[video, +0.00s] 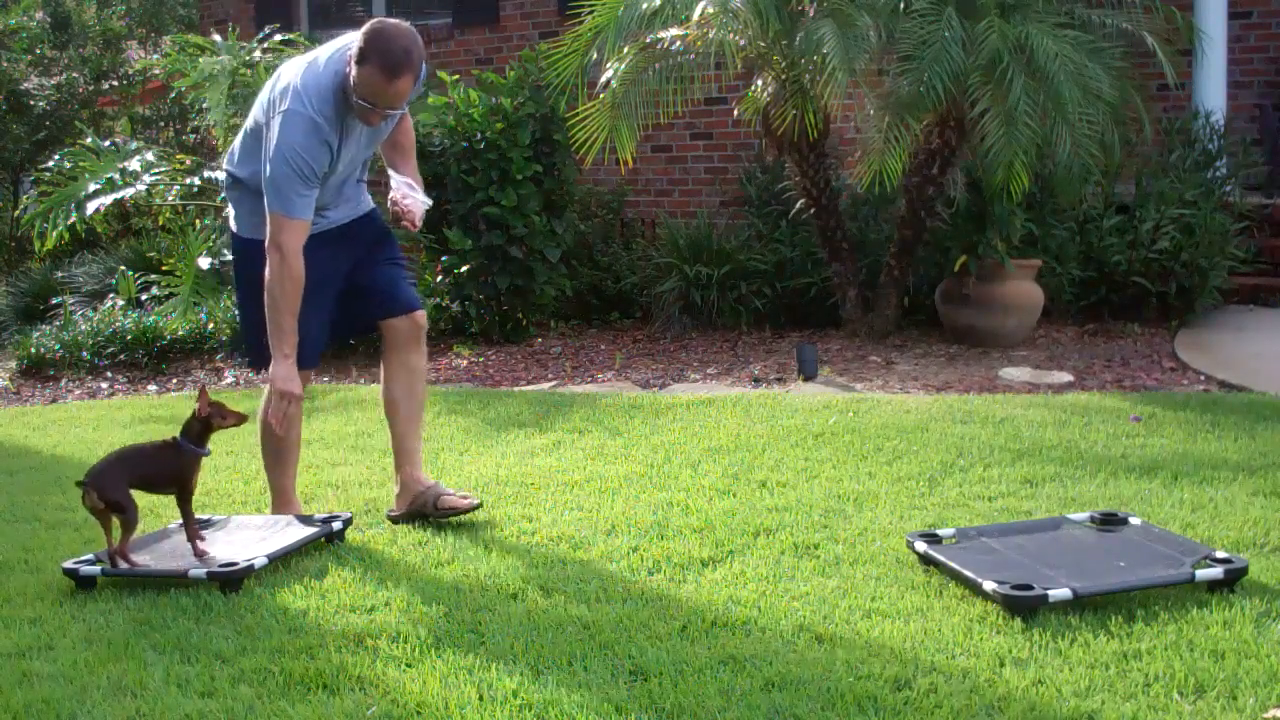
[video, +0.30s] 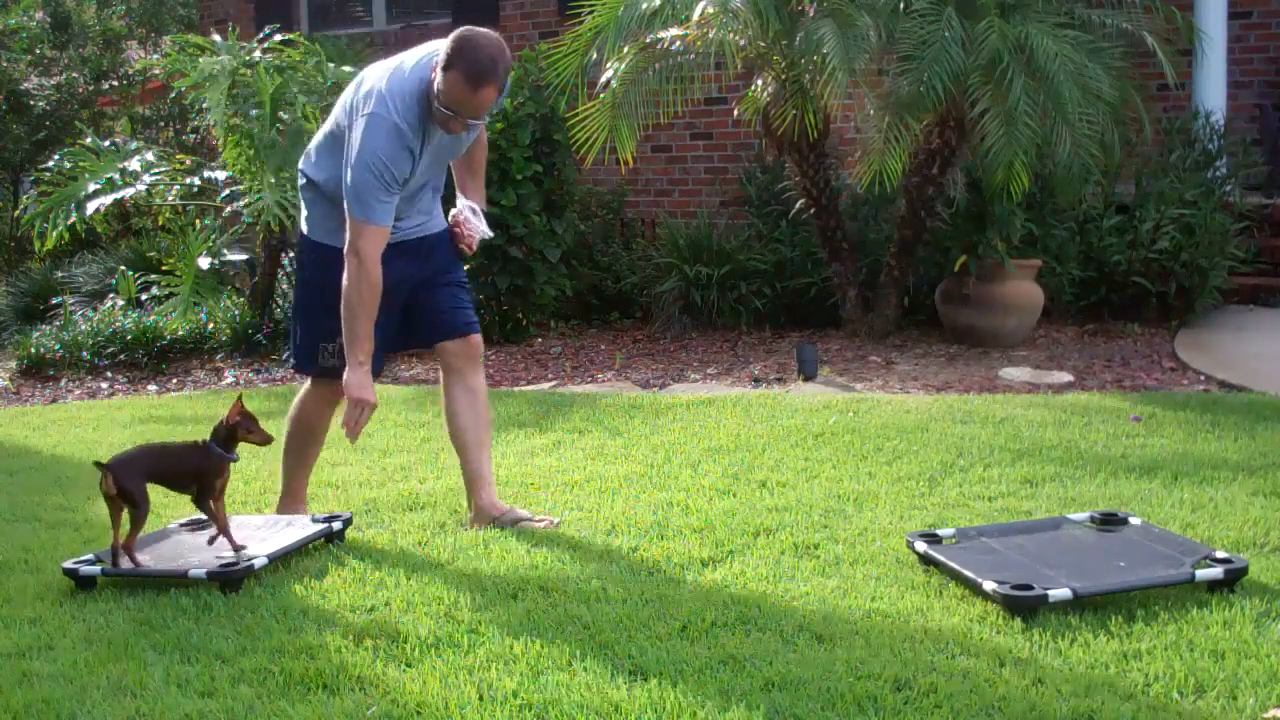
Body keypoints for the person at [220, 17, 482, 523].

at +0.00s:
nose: (380, 116)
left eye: (394, 107)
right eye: (368, 103)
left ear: (412, 77)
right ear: (351, 70)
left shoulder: (405, 62)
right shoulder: (301, 114)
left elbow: (396, 116)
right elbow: (283, 248)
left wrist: (409, 186)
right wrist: (283, 359)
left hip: (347, 210)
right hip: (275, 225)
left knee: (407, 321)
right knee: (288, 375)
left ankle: (411, 486)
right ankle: (285, 516)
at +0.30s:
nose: (460, 125)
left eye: (474, 116)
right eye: (449, 111)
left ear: (495, 90)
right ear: (436, 74)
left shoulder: (488, 79)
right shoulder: (384, 119)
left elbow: (473, 130)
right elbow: (362, 254)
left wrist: (472, 204)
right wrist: (359, 366)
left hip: (421, 220)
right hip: (343, 227)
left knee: (464, 346)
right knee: (329, 378)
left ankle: (485, 506)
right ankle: (290, 509)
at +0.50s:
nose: (532, 121)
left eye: (545, 113)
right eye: (523, 107)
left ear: (564, 85)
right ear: (508, 71)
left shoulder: (550, 72)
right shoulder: (452, 112)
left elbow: (540, 129)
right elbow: (424, 249)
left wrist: (535, 194)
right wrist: (414, 362)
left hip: (479, 206)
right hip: (403, 207)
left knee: (506, 347)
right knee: (412, 363)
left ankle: (489, 503)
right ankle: (320, 466)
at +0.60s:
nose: (558, 112)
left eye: (571, 106)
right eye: (548, 98)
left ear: (594, 80)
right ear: (536, 60)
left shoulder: (577, 66)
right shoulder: (482, 103)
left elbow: (561, 122)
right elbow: (455, 241)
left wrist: (560, 187)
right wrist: (446, 357)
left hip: (502, 201)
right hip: (433, 200)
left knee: (522, 346)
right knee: (487, 346)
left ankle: (490, 503)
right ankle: (370, 427)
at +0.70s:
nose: (582, 98)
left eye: (598, 90)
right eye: (573, 81)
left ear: (618, 66)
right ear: (559, 46)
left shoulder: (600, 51)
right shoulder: (507, 92)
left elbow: (584, 123)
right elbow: (486, 233)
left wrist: (581, 182)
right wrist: (482, 346)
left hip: (524, 194)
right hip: (460, 191)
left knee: (533, 338)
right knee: (554, 315)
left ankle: (491, 498)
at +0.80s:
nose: (613, 79)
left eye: (629, 70)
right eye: (604, 63)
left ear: (649, 48)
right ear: (588, 28)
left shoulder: (623, 43)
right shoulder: (536, 80)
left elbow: (609, 109)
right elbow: (521, 220)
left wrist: (602, 176)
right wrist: (522, 339)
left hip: (541, 188)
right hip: (487, 190)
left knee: (541, 348)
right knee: (598, 304)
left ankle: (492, 500)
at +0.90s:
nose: (643, 63)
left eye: (658, 55)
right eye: (633, 48)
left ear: (681, 29)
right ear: (616, 14)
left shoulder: (661, 41)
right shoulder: (570, 67)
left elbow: (637, 96)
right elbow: (557, 213)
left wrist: (632, 166)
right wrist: (564, 331)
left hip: (572, 186)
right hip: (520, 191)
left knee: (552, 347)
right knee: (624, 321)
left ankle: (491, 500)